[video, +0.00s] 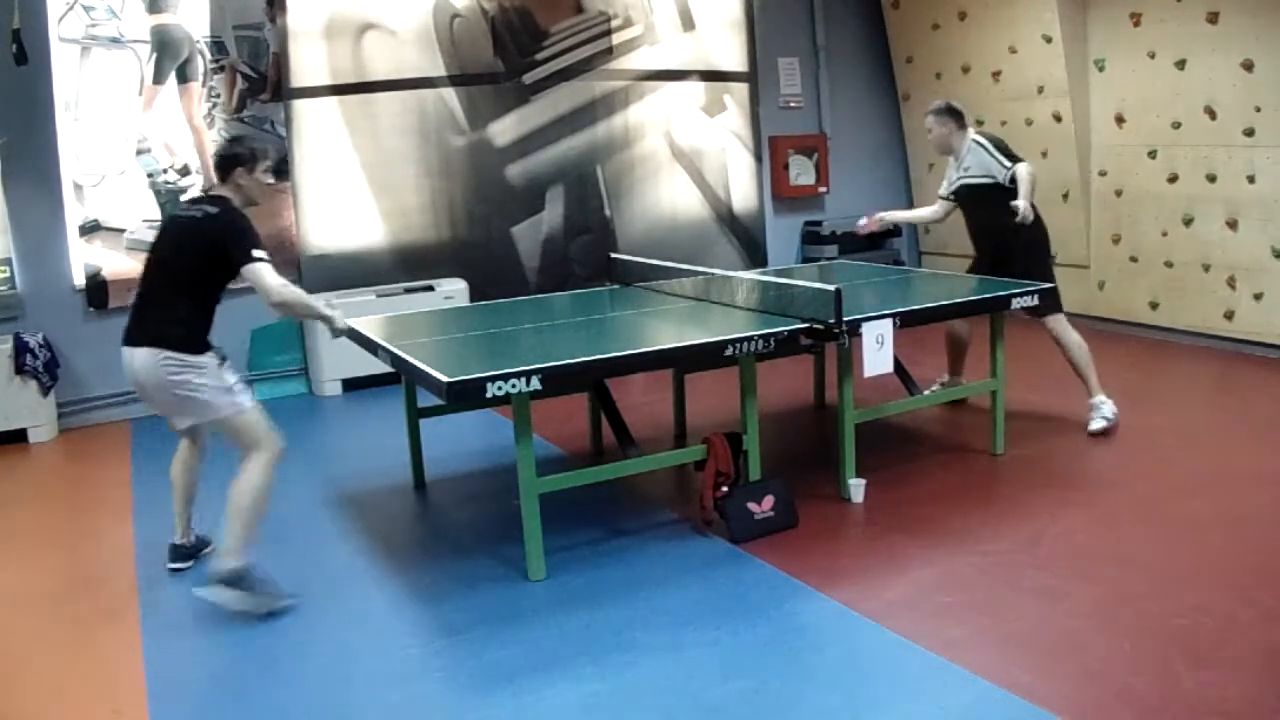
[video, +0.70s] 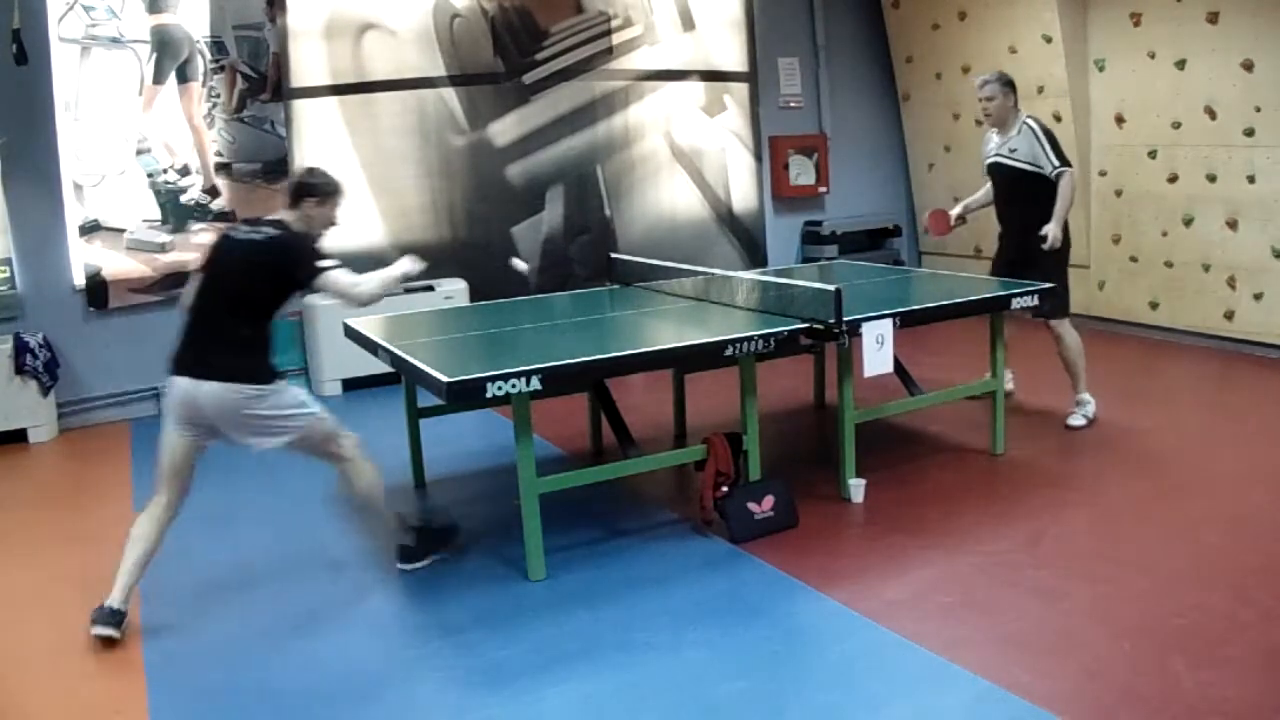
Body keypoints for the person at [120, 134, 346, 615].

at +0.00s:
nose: (272, 183)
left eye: (272, 174)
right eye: (266, 174)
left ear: (223, 174)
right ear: (238, 174)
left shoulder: (182, 213)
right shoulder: (232, 224)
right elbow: (277, 294)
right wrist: (325, 312)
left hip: (137, 353)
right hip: (179, 357)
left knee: (191, 435)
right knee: (264, 445)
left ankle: (183, 540)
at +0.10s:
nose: (255, 185)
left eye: (255, 176)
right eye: (250, 176)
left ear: (208, 176)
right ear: (225, 175)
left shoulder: (159, 217)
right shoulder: (223, 224)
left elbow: (116, 286)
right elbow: (265, 296)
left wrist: (98, 352)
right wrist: (311, 320)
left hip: (124, 359)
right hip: (162, 365)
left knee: (178, 448)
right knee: (205, 488)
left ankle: (183, 539)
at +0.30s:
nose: (243, 193)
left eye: (243, 184)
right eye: (237, 184)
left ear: (194, 185)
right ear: (211, 185)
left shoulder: (141, 228)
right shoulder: (207, 236)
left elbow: (93, 300)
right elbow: (247, 312)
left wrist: (66, 369)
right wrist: (287, 336)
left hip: (108, 378)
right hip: (154, 385)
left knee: (135, 485)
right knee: (156, 517)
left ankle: (122, 587)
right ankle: (77, 637)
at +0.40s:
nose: (245, 191)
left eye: (247, 182)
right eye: (242, 181)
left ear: (198, 179)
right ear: (217, 180)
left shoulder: (139, 224)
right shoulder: (207, 229)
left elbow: (100, 299)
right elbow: (232, 308)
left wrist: (89, 366)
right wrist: (279, 338)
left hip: (109, 370)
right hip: (164, 372)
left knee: (126, 490)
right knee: (222, 492)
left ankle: (104, 606)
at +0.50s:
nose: (263, 210)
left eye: (265, 199)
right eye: (259, 198)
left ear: (214, 190)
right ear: (234, 193)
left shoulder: (159, 230)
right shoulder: (220, 238)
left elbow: (125, 298)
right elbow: (255, 314)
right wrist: (304, 336)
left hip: (116, 377)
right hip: (173, 377)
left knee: (130, 492)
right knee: (275, 456)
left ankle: (107, 610)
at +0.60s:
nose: (294, 230)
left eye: (295, 219)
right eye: (289, 218)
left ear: (247, 206)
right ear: (260, 206)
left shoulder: (189, 237)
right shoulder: (250, 247)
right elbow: (297, 305)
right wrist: (353, 302)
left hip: (140, 383)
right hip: (198, 383)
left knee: (142, 497)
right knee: (308, 445)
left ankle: (109, 612)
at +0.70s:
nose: (335, 218)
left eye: (336, 209)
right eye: (332, 209)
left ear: (293, 204)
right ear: (309, 204)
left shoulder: (231, 235)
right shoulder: (296, 247)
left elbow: (188, 300)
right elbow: (360, 292)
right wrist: (401, 269)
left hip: (185, 383)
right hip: (245, 388)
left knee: (164, 497)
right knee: (346, 451)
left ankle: (113, 606)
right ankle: (402, 544)